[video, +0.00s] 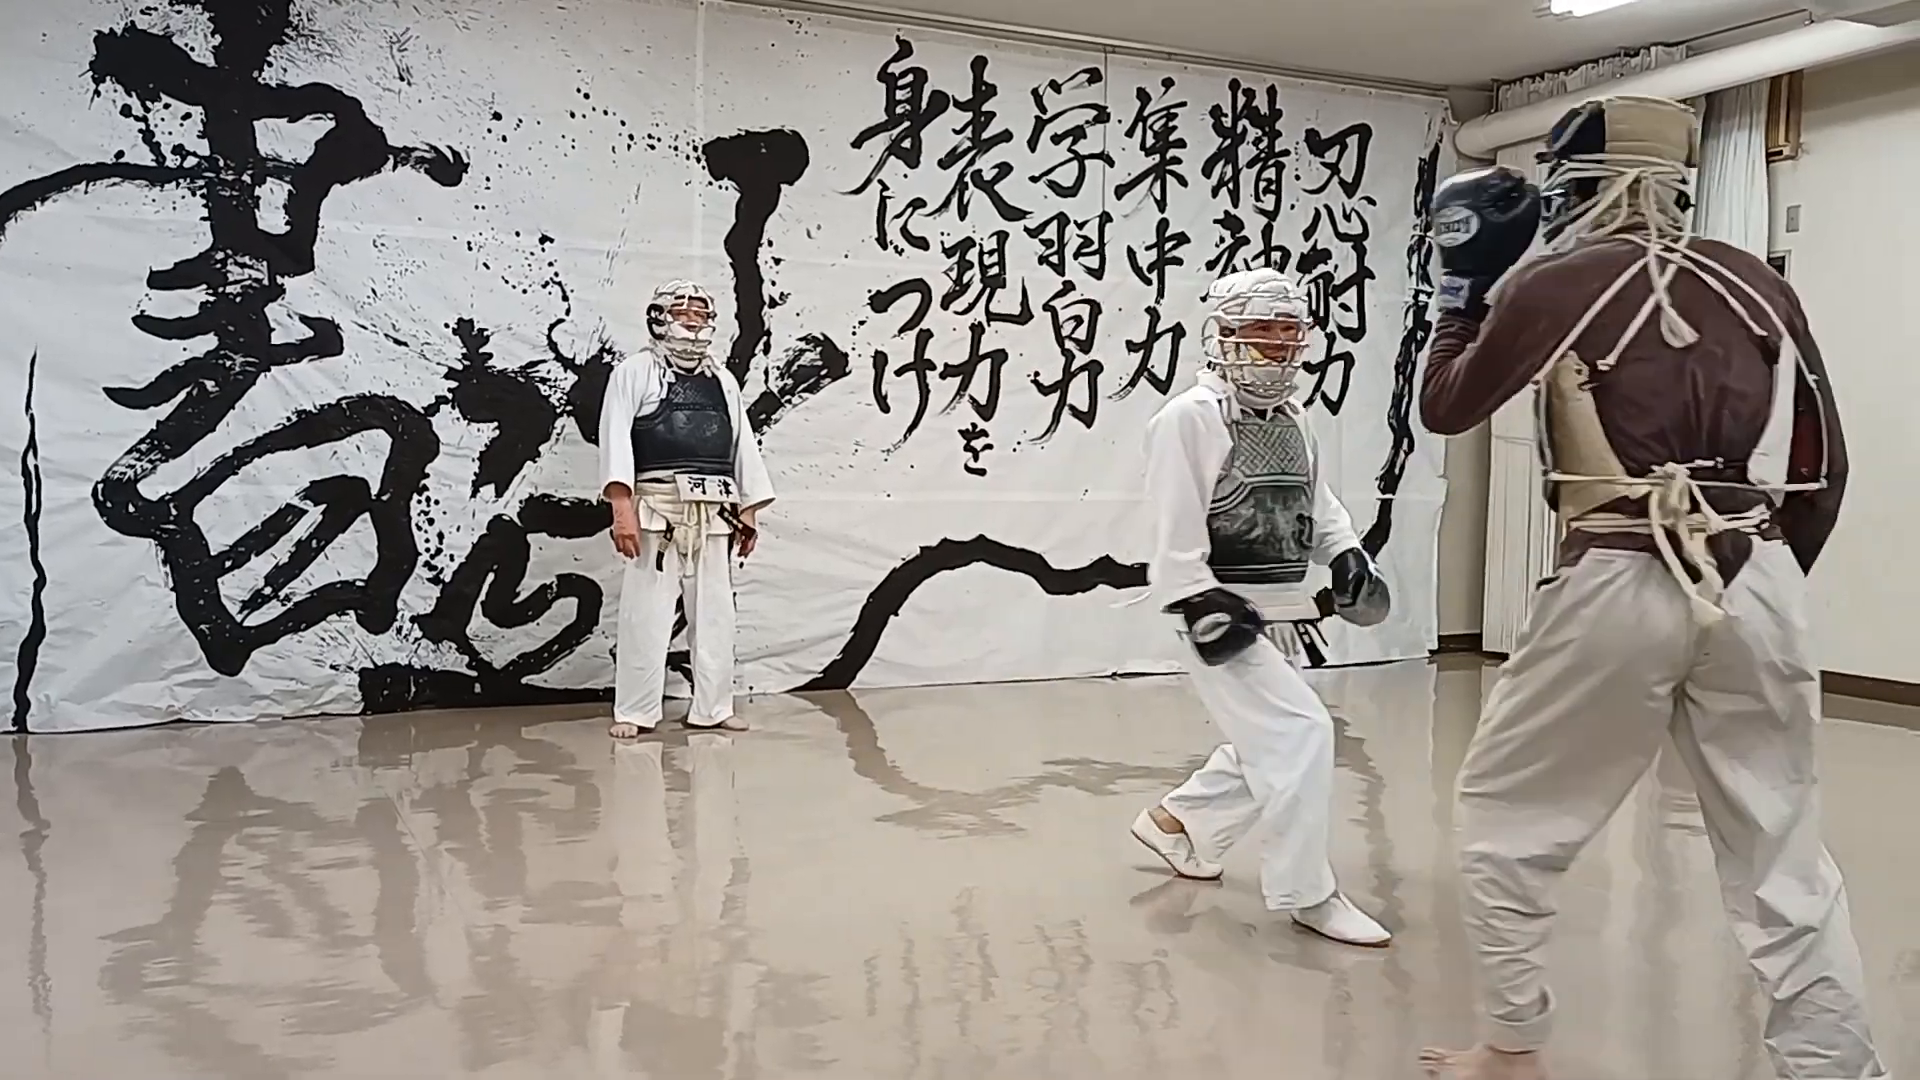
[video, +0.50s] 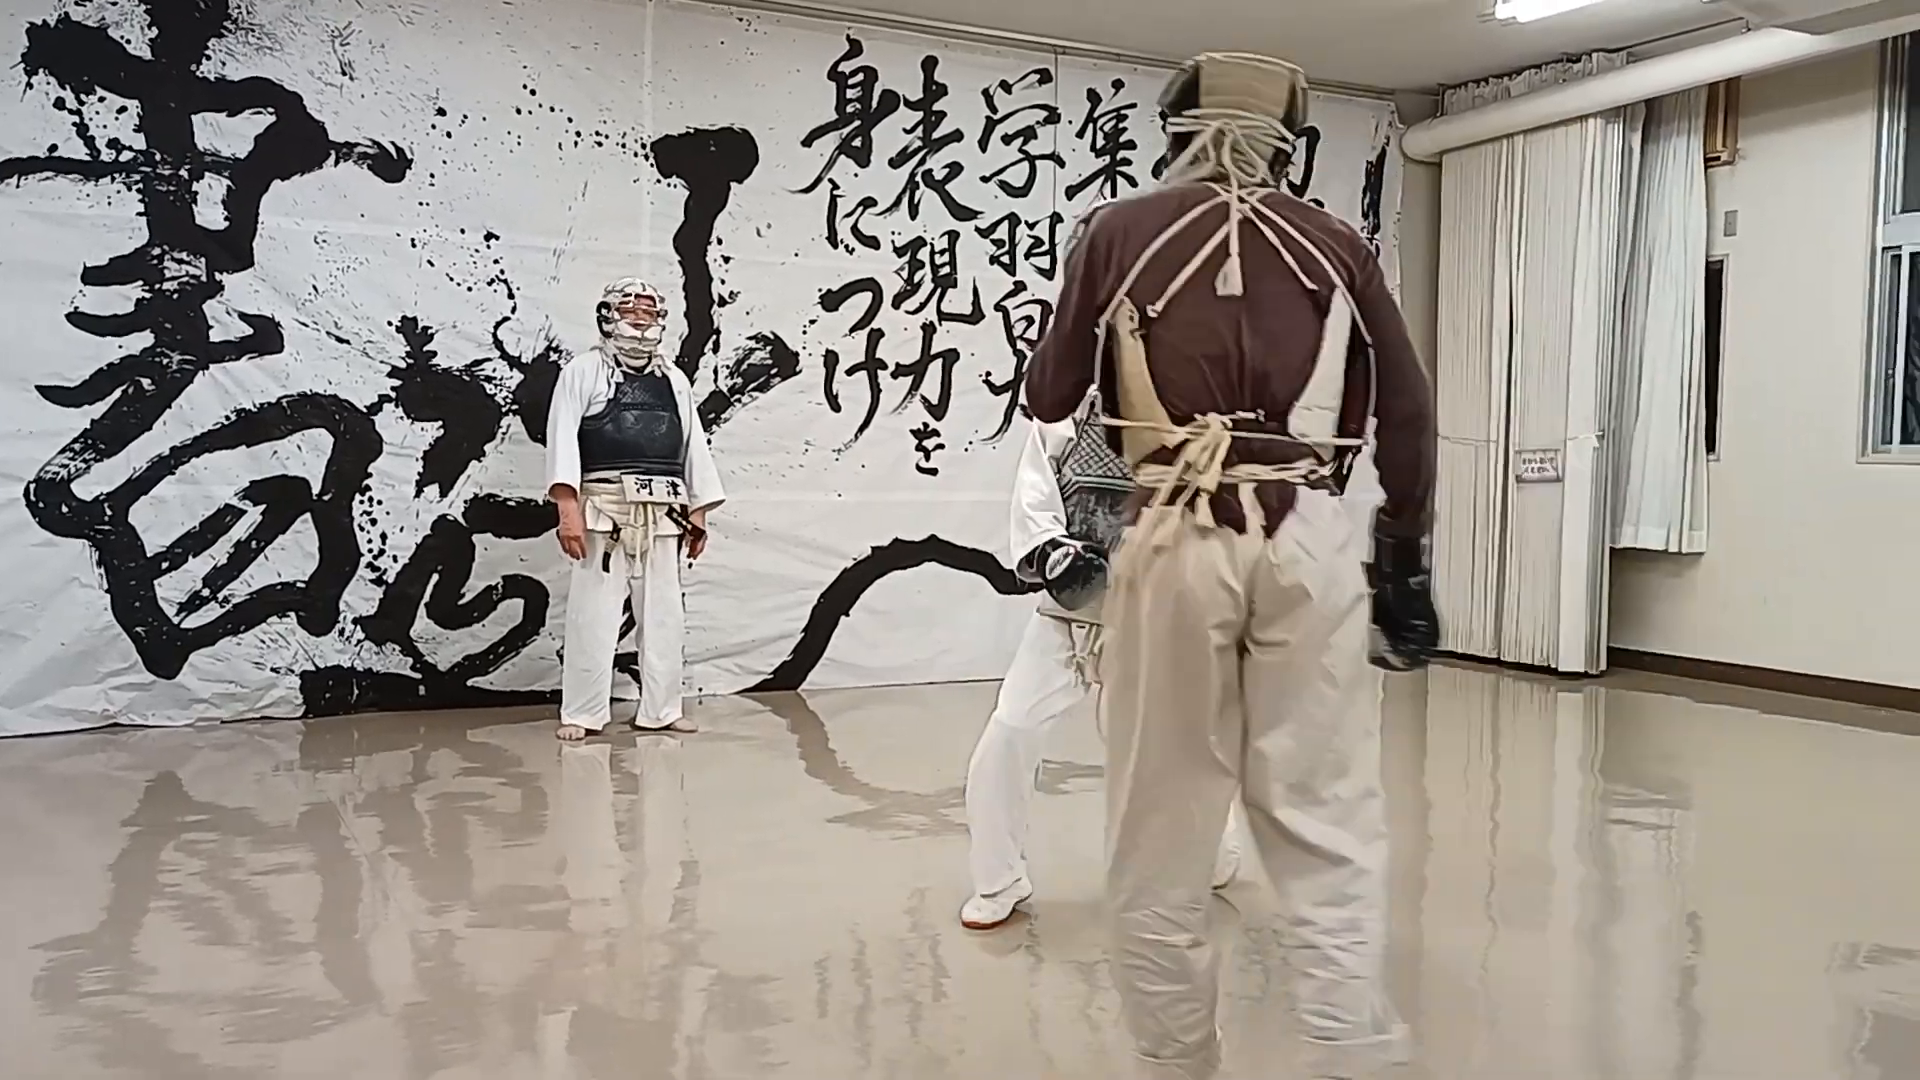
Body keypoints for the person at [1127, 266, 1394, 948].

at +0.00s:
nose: (1274, 349)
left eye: (1286, 335)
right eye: (1259, 335)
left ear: (1301, 342)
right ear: (1224, 340)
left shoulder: (1290, 422)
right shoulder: (1189, 419)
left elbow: (1315, 500)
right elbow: (1174, 527)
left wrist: (1346, 555)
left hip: (1281, 616)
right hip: (1220, 615)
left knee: (1279, 737)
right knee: (1302, 728)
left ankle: (1177, 821)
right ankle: (1307, 892)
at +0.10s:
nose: (1256, 347)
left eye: (1269, 332)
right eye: (1239, 332)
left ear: (1286, 339)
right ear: (1205, 335)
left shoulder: (1297, 423)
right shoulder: (1159, 408)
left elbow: (1319, 516)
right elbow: (1116, 503)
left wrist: (1334, 569)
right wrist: (1125, 573)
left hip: (1245, 612)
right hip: (1172, 605)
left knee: (1243, 735)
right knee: (1227, 732)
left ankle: (1159, 824)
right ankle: (1287, 888)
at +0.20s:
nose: (1235, 332)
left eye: (1248, 318)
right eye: (1219, 316)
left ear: (1262, 328)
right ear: (1185, 320)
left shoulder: (1277, 416)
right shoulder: (1130, 396)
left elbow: (1299, 512)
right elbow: (1081, 494)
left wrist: (1301, 567)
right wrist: (1083, 559)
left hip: (1218, 607)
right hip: (1138, 599)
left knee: (1209, 750)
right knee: (1163, 725)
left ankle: (1139, 829)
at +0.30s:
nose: (1202, 327)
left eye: (1214, 314)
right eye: (1186, 313)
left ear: (1229, 324)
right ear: (1152, 319)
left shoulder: (1243, 407)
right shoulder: (1105, 394)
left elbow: (1266, 508)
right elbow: (1056, 485)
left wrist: (1258, 562)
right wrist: (1059, 550)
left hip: (1193, 601)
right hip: (1107, 594)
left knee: (1190, 735)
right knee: (1089, 726)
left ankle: (1141, 831)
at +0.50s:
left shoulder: (1180, 420)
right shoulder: (1058, 419)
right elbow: (1035, 501)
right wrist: (1055, 553)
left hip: (1167, 610)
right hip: (1073, 609)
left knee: (1193, 733)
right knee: (1008, 735)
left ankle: (1214, 851)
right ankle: (1000, 882)